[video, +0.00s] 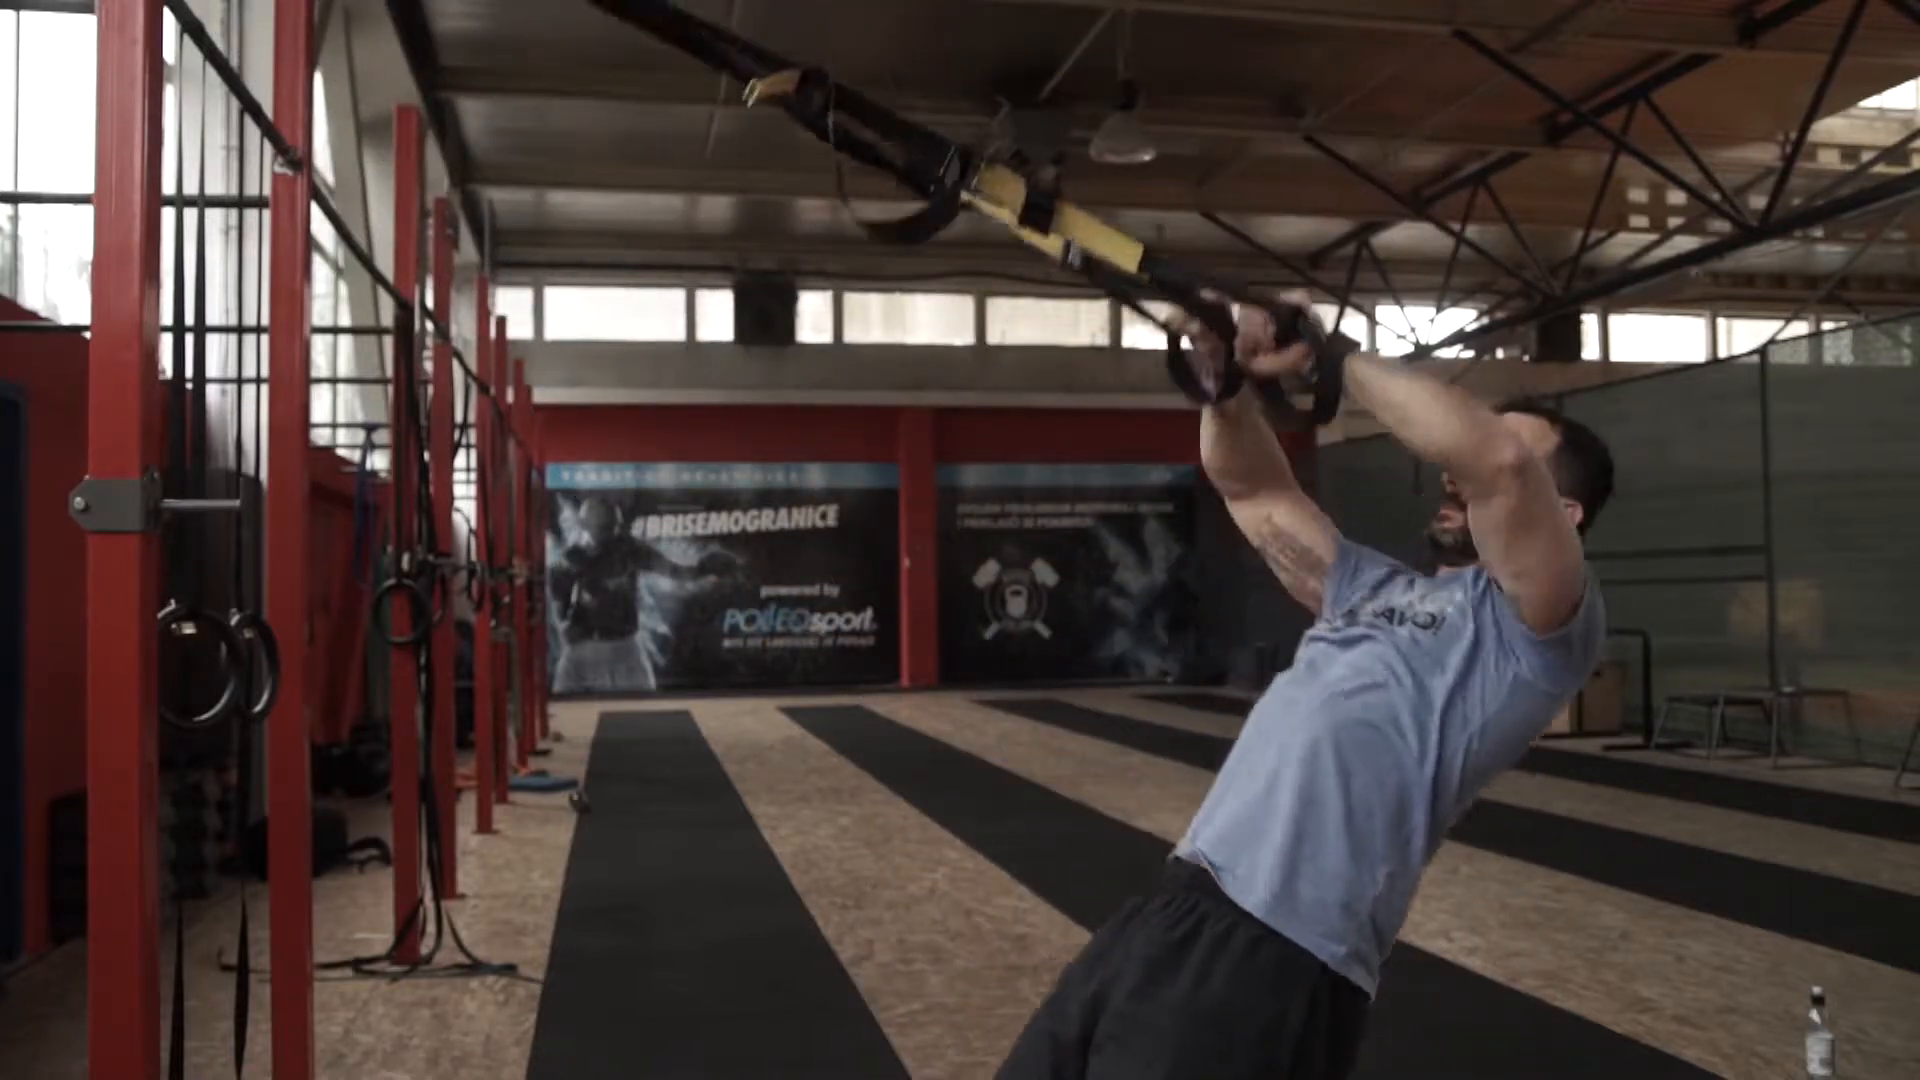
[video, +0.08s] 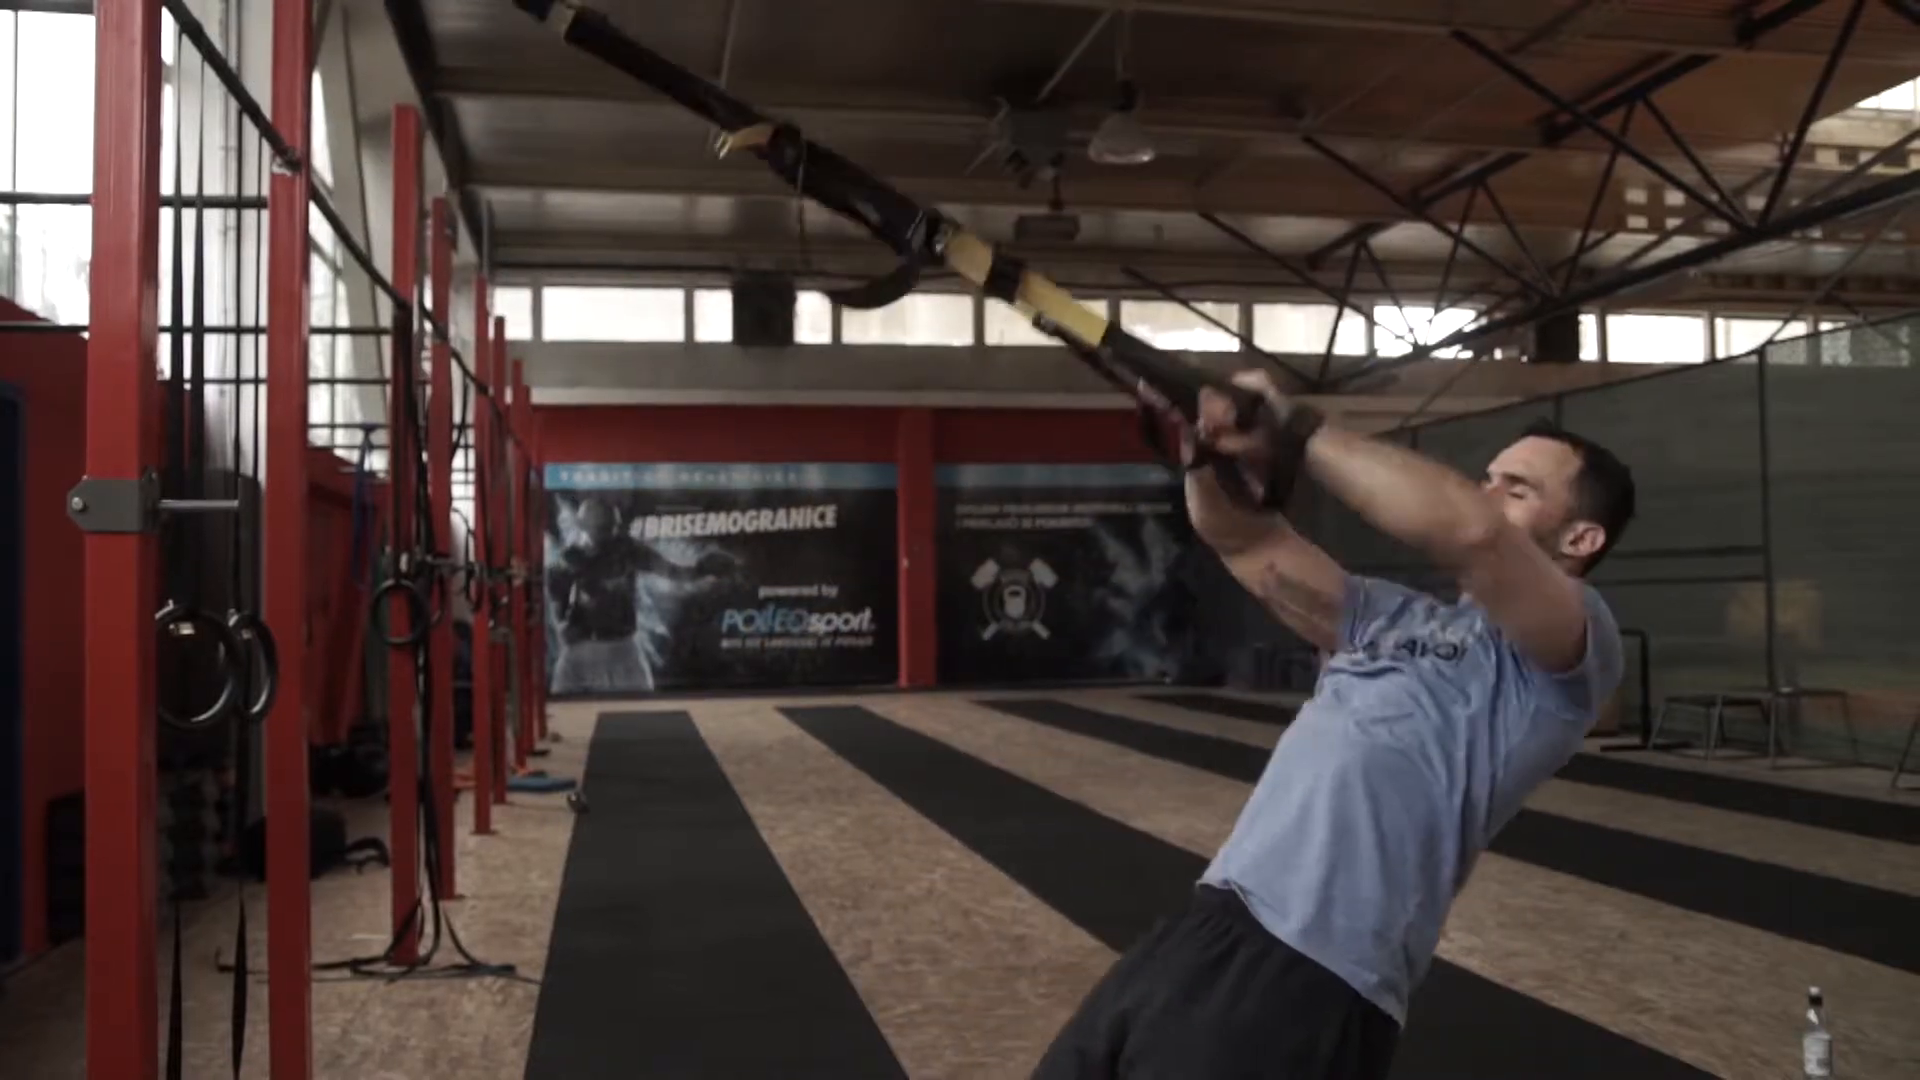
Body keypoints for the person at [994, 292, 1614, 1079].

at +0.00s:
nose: (1464, 474)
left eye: (1503, 454)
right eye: (1477, 447)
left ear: (1567, 510)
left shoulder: (1541, 632)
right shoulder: (1379, 587)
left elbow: (1496, 453)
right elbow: (1262, 499)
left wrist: (1331, 365)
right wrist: (1226, 392)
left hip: (1274, 977)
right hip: (1169, 916)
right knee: (1028, 1069)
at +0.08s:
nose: (1481, 497)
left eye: (1518, 487)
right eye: (1487, 479)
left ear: (1582, 541)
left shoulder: (1573, 652)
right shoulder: (1400, 614)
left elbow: (1463, 528)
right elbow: (1254, 546)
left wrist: (1302, 428)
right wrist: (1206, 459)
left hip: (1312, 993)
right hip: (1204, 930)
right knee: (1067, 1064)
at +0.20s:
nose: (1493, 525)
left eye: (1530, 515)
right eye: (1501, 509)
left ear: (1596, 565)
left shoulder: (1590, 672)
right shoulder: (1421, 640)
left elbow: (1429, 624)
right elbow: (1264, 636)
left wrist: (1246, 533)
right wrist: (1171, 550)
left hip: (1347, 1014)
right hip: (1233, 956)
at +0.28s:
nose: (1488, 537)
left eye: (1525, 527)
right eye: (1495, 522)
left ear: (1591, 577)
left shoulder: (1580, 685)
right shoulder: (1414, 663)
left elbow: (1401, 652)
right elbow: (1250, 670)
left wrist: (1221, 572)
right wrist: (1135, 591)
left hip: (1351, 1025)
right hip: (1241, 967)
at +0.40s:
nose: (1478, 552)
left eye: (1516, 541)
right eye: (1482, 536)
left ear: (1579, 591)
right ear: (1468, 554)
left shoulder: (1567, 697)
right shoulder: (1402, 671)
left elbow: (1390, 665)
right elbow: (1238, 685)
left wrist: (1210, 588)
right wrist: (1125, 607)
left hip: (1340, 1034)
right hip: (1227, 976)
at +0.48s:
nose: (1476, 578)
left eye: (1516, 566)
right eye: (1478, 558)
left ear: (1578, 611)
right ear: (1463, 569)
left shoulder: (1566, 718)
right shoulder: (1399, 688)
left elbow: (1390, 682)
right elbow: (1228, 699)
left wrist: (1207, 601)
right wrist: (1118, 613)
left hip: (1333, 1046)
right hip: (1218, 989)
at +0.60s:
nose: (1478, 612)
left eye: (1518, 602)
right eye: (1475, 590)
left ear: (1571, 645)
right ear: (1458, 597)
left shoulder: (1556, 749)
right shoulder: (1384, 715)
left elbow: (1383, 712)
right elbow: (1218, 729)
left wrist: (1197, 630)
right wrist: (1107, 639)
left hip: (1320, 1060)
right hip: (1197, 1012)